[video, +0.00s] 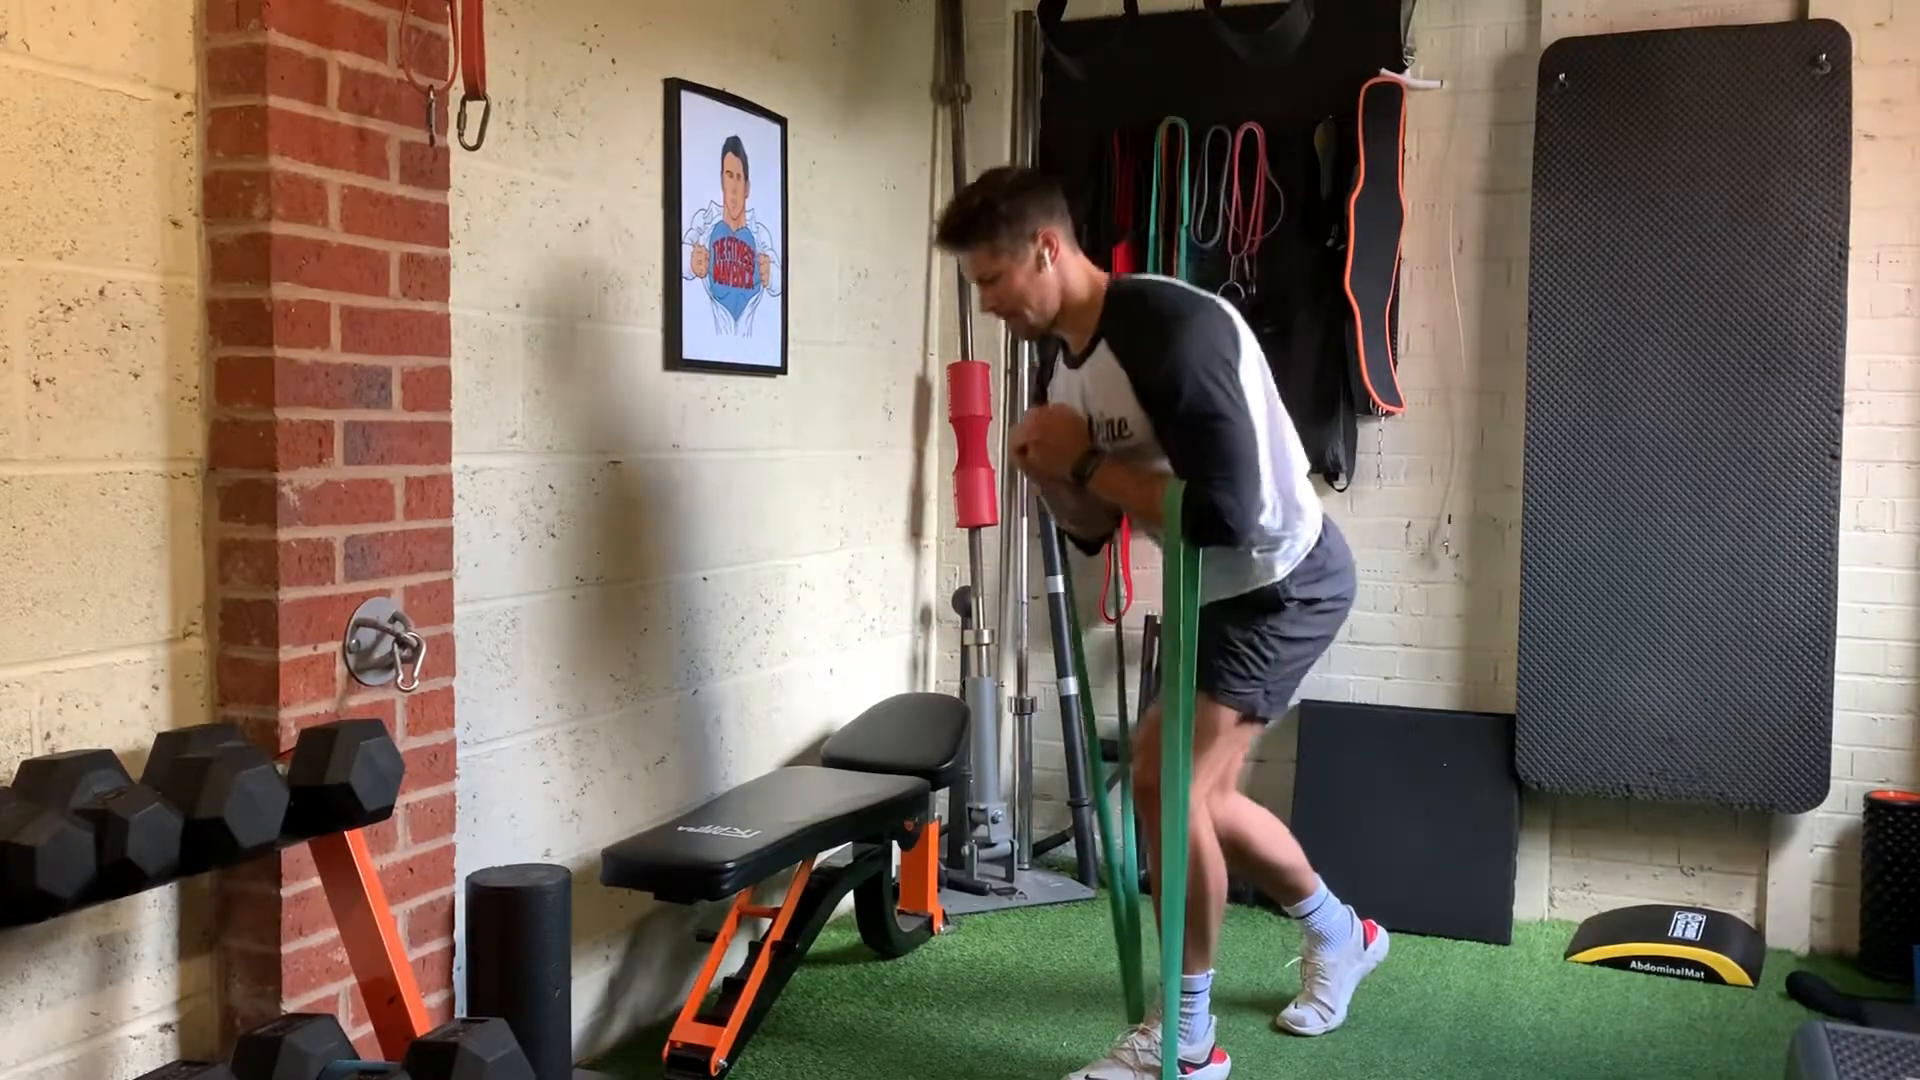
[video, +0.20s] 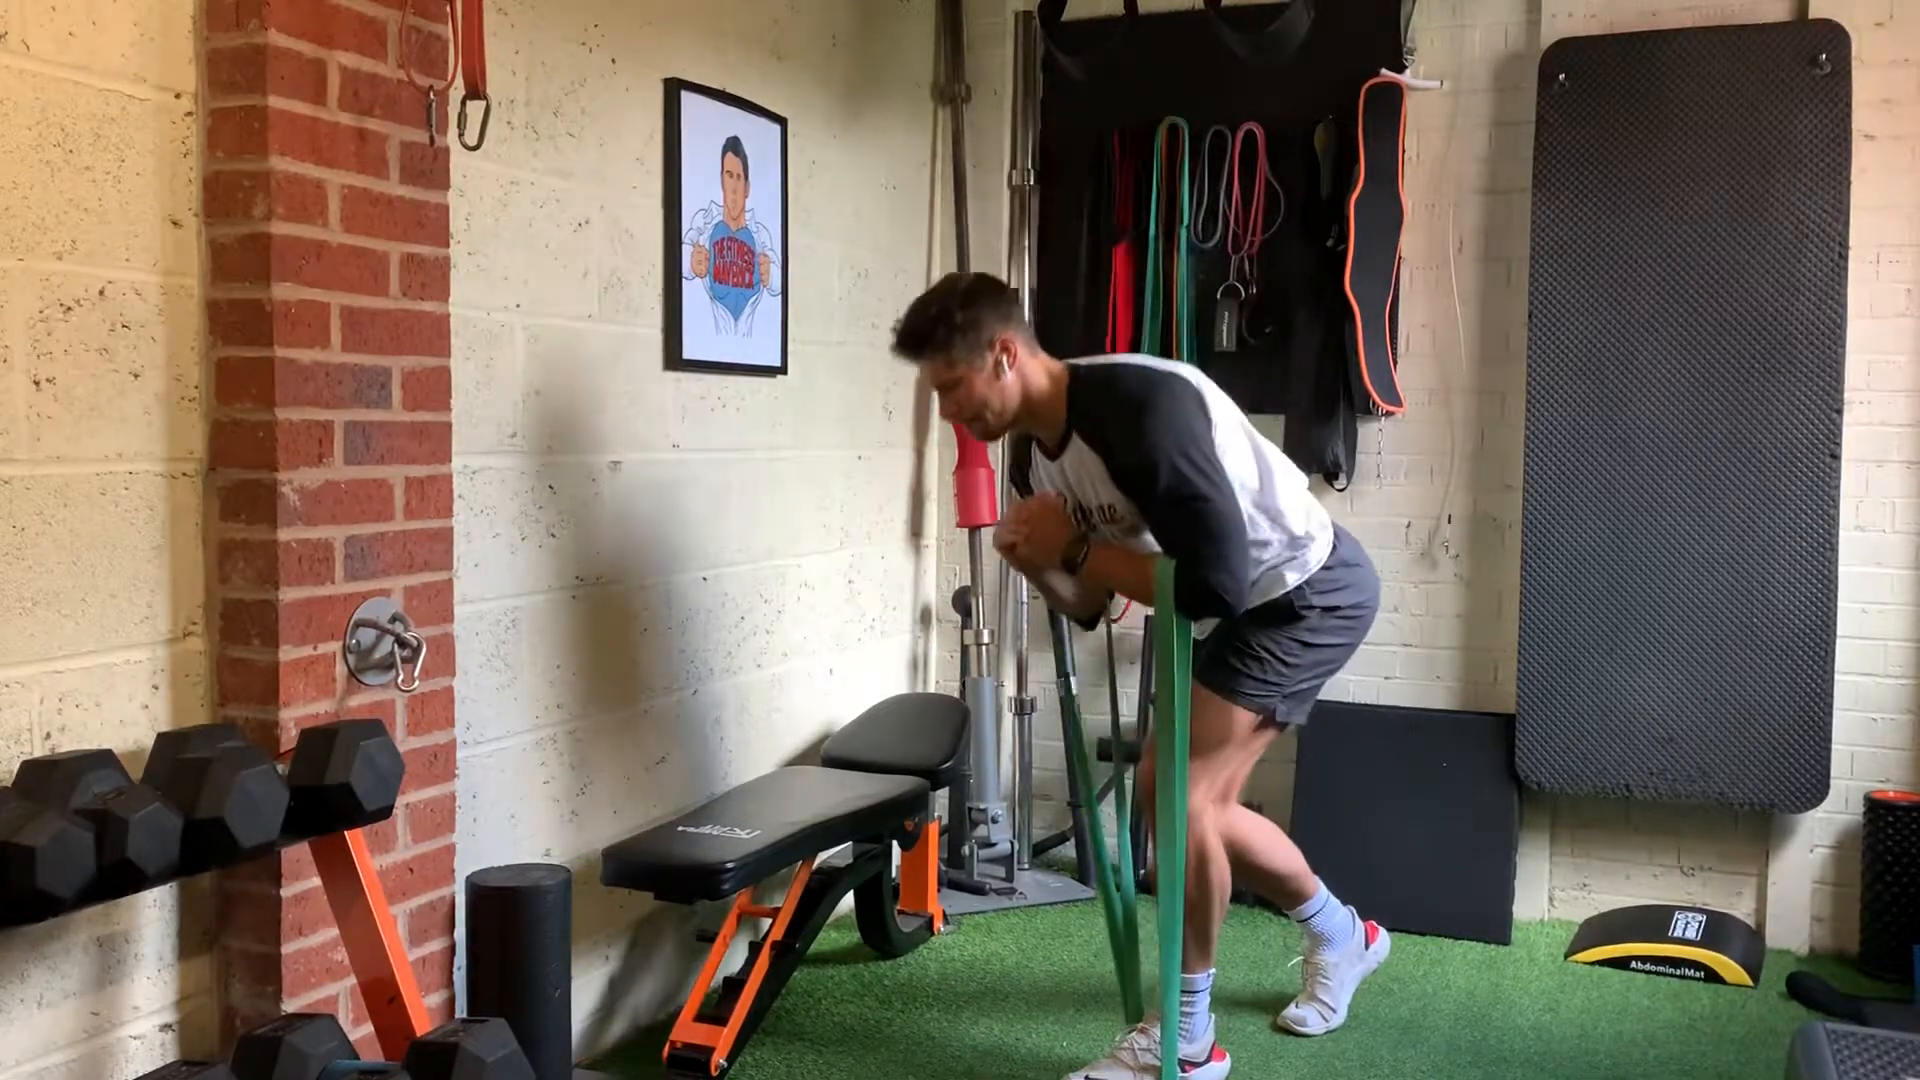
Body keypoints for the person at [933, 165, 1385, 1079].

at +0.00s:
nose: (987, 303)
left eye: (995, 279)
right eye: (976, 285)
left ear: (1051, 249)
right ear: (1036, 258)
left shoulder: (1178, 332)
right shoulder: (1063, 361)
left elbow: (1229, 514)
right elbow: (1096, 532)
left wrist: (1088, 466)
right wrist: (1049, 473)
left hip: (1285, 578)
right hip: (1210, 578)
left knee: (1162, 779)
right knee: (1201, 794)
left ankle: (1187, 1035)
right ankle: (1341, 931)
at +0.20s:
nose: (944, 412)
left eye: (950, 387)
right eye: (937, 394)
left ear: (1008, 356)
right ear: (1005, 362)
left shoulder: (1149, 410)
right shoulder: (1032, 451)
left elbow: (1221, 584)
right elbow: (1093, 605)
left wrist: (1079, 548)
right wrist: (1042, 565)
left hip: (1309, 589)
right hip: (1233, 599)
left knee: (1173, 788)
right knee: (1201, 809)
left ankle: (1187, 1034)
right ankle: (1342, 934)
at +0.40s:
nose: (928, 490)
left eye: (933, 468)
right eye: (919, 474)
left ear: (989, 440)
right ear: (989, 443)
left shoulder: (1134, 477)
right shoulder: (1028, 510)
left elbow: (1217, 649)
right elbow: (1093, 659)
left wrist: (1073, 619)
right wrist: (1043, 632)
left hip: (1321, 595)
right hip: (1246, 603)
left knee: (1195, 798)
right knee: (1189, 801)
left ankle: (1186, 1040)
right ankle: (1344, 935)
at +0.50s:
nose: (922, 539)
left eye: (926, 518)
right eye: (913, 522)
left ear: (981, 488)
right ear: (981, 490)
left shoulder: (1128, 513)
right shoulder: (1020, 552)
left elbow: (1222, 680)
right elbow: (1099, 685)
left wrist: (1076, 657)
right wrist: (1043, 670)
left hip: (1327, 597)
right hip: (1243, 610)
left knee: (1196, 797)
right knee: (1199, 810)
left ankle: (1187, 1041)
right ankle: (1348, 938)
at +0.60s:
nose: (922, 572)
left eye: (926, 551)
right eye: (912, 555)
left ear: (979, 518)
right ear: (979, 520)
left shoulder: (1127, 543)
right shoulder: (1021, 578)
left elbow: (1222, 710)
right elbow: (1118, 692)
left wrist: (1077, 681)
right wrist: (1052, 697)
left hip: (1330, 599)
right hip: (1249, 612)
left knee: (1191, 795)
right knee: (1198, 814)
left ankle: (1188, 1041)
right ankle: (1346, 935)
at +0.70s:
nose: (919, 598)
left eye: (924, 576)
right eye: (910, 581)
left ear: (979, 543)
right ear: (977, 544)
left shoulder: (1125, 562)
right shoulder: (1020, 594)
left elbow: (1222, 727)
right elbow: (1116, 700)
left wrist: (1081, 702)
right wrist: (1056, 714)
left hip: (1333, 602)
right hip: (1253, 612)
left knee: (1193, 799)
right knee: (1195, 811)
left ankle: (1186, 1040)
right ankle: (1345, 935)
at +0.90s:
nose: (922, 618)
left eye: (925, 598)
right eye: (913, 601)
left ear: (976, 565)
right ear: (975, 562)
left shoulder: (1127, 573)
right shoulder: (1021, 606)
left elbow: (1226, 737)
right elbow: (1122, 711)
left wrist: (1082, 715)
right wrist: (1062, 724)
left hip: (1337, 604)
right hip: (1258, 613)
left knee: (1197, 805)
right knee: (1179, 803)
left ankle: (1186, 1043)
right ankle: (1347, 936)